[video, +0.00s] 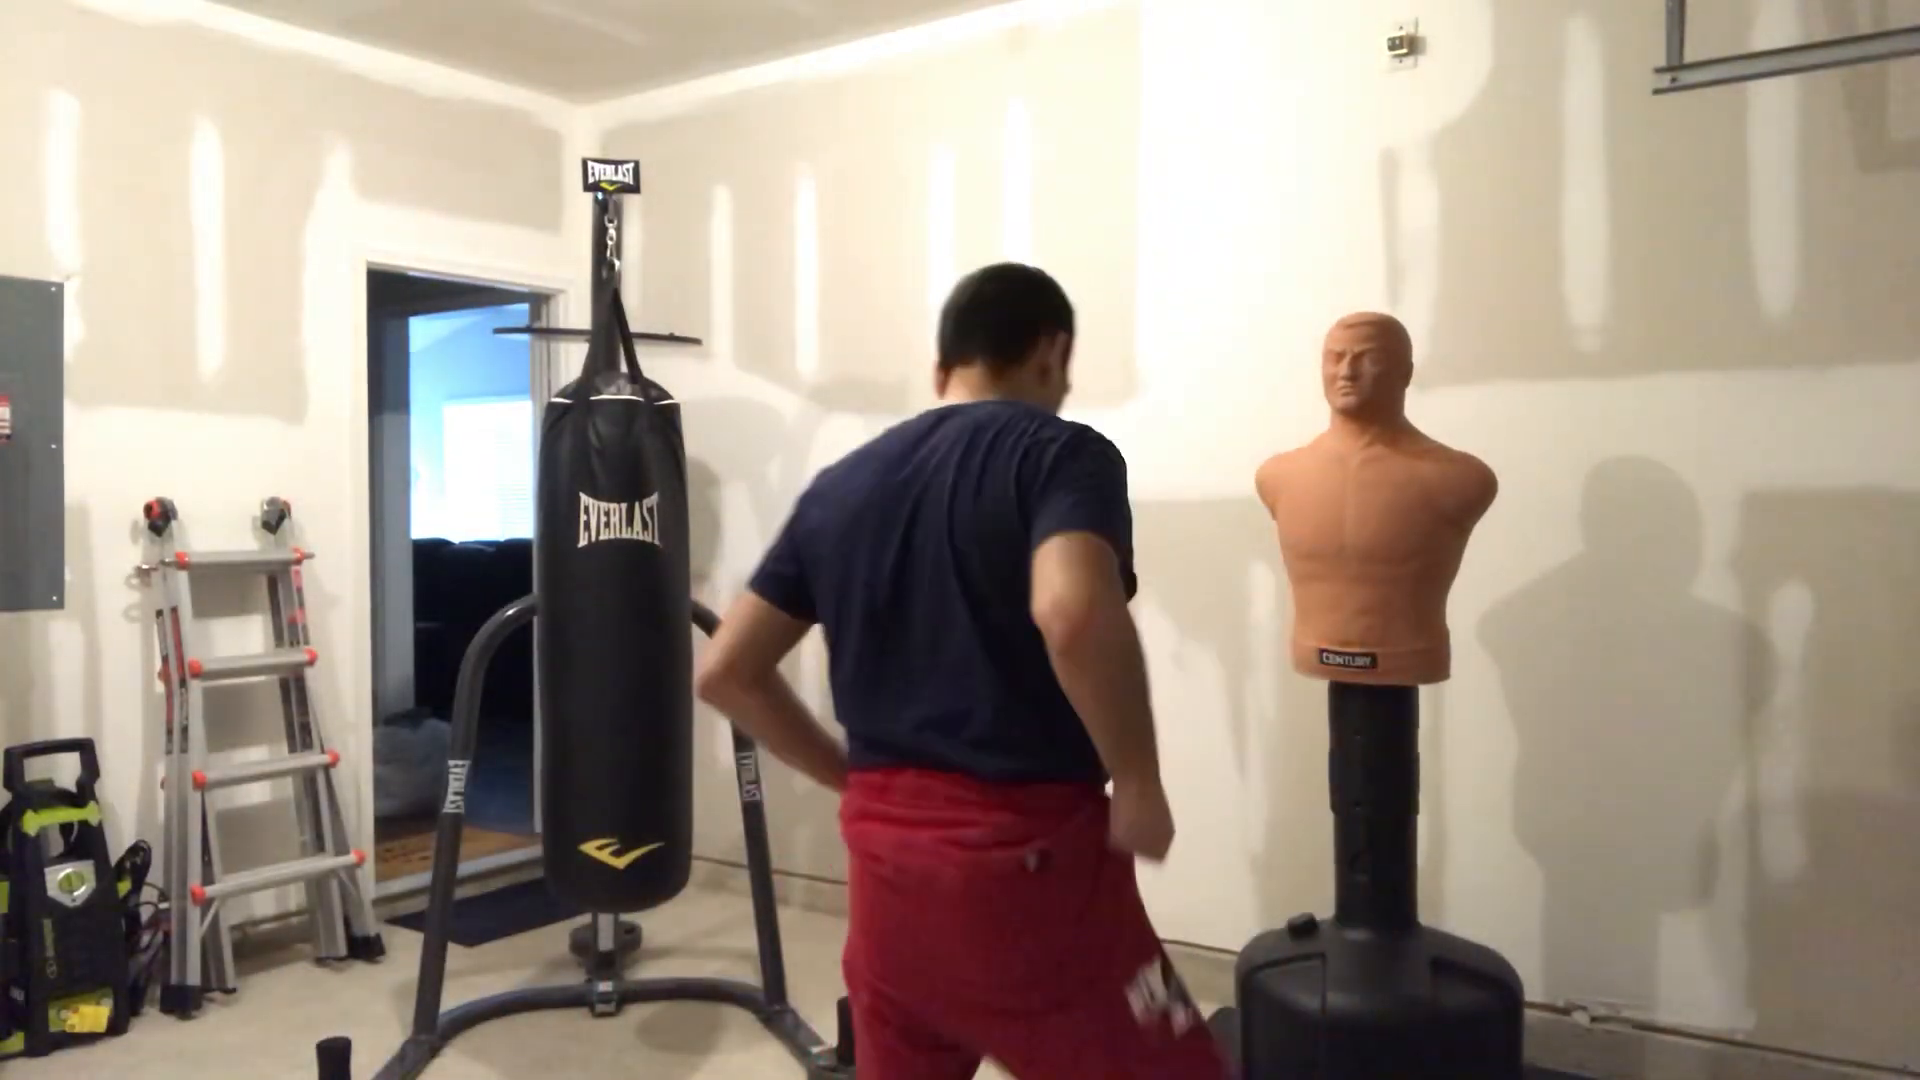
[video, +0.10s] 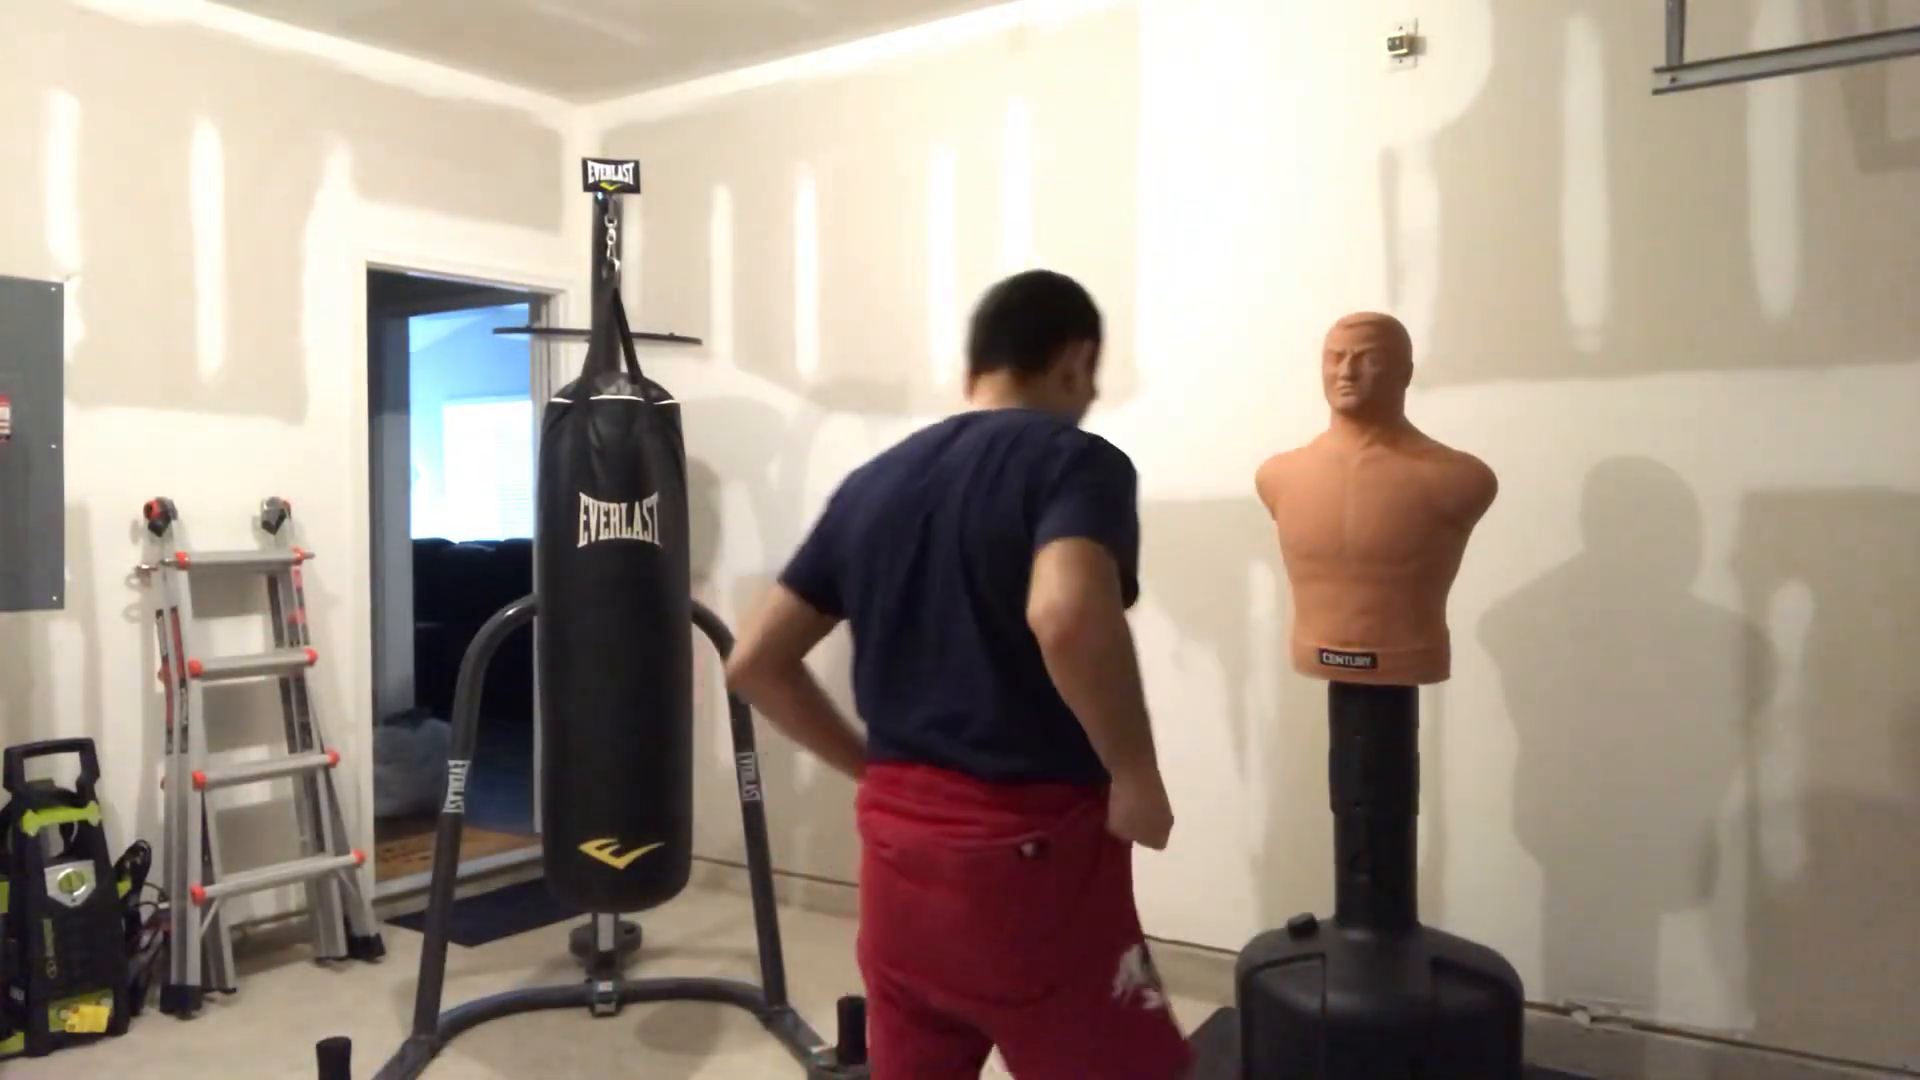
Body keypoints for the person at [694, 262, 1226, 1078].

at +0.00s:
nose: (1064, 390)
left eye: (1066, 373)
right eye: (1066, 369)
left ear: (941, 368)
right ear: (1051, 353)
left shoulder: (847, 481)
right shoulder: (1062, 452)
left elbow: (728, 674)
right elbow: (1071, 609)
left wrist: (848, 775)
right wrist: (1137, 783)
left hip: (884, 870)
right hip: (1029, 876)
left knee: (898, 1066)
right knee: (1175, 1065)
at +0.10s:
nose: (1095, 395)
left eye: (1096, 373)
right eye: (1094, 371)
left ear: (978, 362)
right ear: (1071, 359)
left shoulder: (879, 481)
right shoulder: (1076, 462)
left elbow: (757, 664)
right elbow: (1066, 614)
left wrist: (872, 766)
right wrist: (1135, 774)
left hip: (898, 860)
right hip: (1032, 869)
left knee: (909, 1067)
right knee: (1132, 1065)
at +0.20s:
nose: (1129, 399)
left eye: (1132, 380)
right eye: (1131, 377)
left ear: (1018, 365)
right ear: (1112, 369)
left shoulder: (913, 477)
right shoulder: (1110, 482)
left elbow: (778, 643)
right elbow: (1091, 650)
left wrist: (888, 743)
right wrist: (1143, 791)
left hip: (911, 855)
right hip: (1042, 872)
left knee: (927, 1070)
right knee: (1101, 1068)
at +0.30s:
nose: (1168, 410)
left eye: (1173, 389)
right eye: (1171, 388)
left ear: (1057, 367)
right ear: (1152, 380)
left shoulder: (938, 472)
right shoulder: (1145, 498)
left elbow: (795, 616)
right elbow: (1132, 678)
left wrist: (900, 725)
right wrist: (1169, 798)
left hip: (936, 847)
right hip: (1063, 866)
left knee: (931, 1055)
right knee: (1112, 1067)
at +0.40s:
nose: (1189, 416)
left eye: (1197, 396)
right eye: (1195, 393)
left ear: (1082, 364)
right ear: (1174, 379)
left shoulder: (960, 465)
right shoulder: (1163, 494)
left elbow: (814, 605)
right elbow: (1152, 677)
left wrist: (914, 720)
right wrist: (1183, 797)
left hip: (950, 827)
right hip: (1076, 857)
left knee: (937, 943)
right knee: (1118, 1063)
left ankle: (927, 1075)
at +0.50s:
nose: (1204, 411)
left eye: (1212, 392)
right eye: (1209, 389)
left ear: (1097, 363)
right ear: (1186, 378)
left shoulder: (979, 461)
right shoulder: (1175, 488)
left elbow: (837, 602)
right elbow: (1157, 666)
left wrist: (935, 710)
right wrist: (1189, 789)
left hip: (966, 801)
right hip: (1082, 839)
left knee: (962, 935)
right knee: (1100, 1063)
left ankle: (921, 1073)